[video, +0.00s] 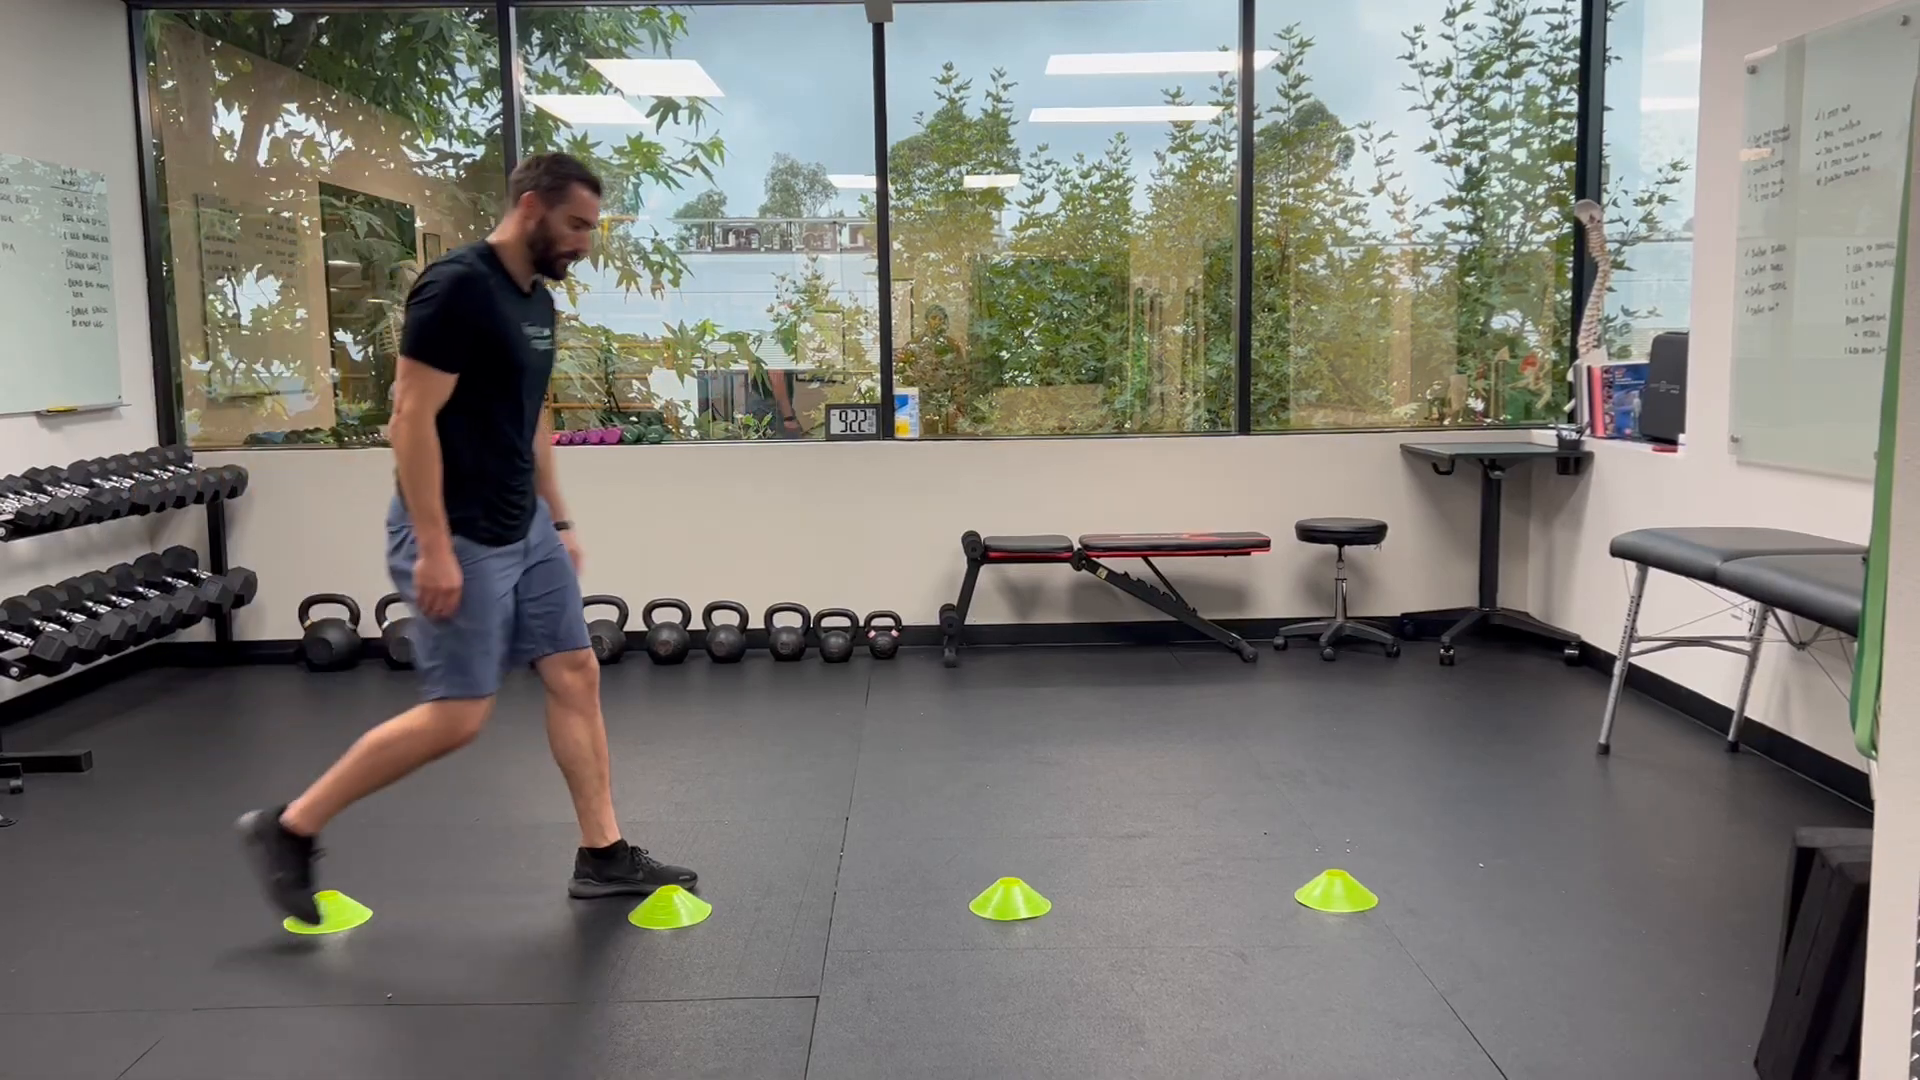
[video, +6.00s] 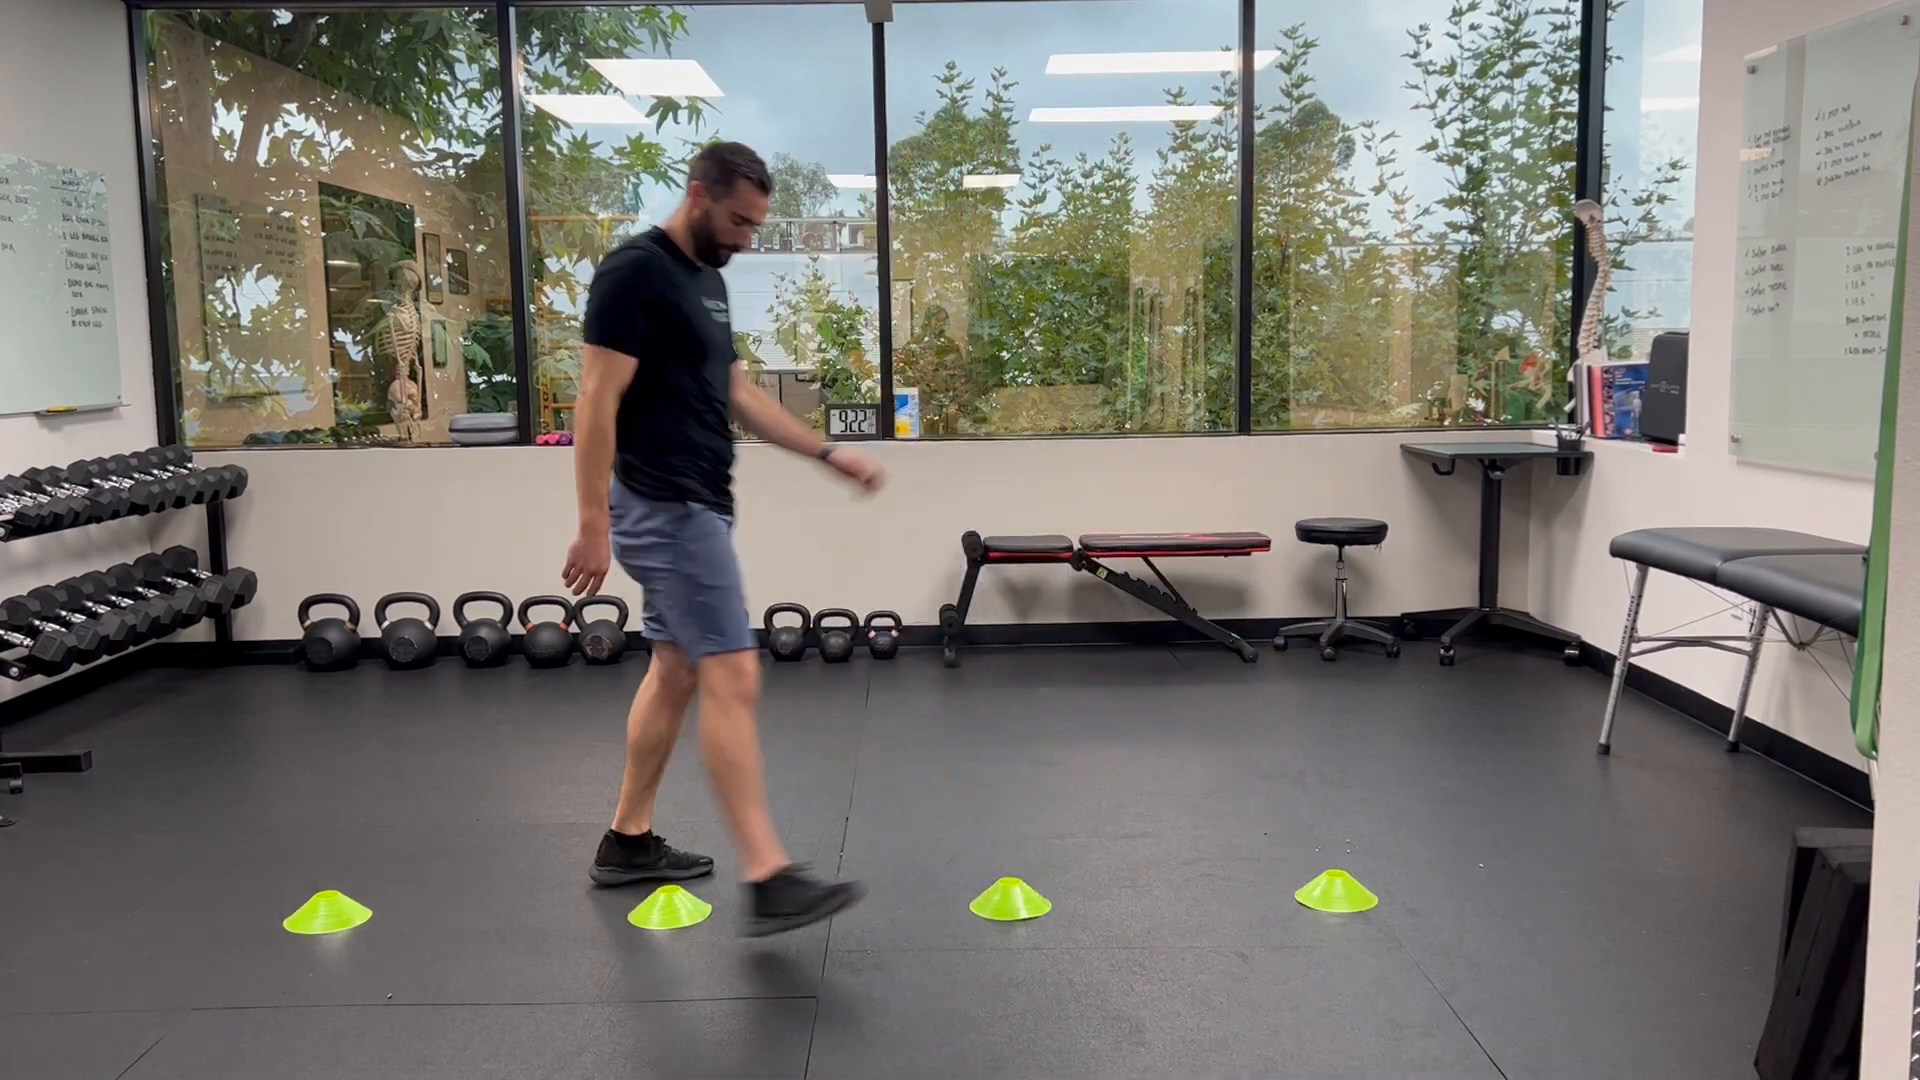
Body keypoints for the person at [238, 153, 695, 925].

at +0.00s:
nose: (585, 243)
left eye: (591, 229)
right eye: (578, 225)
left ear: (557, 218)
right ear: (530, 206)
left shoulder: (537, 299)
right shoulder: (456, 287)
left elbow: (531, 420)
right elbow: (410, 418)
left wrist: (557, 519)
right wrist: (434, 547)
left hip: (526, 534)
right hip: (457, 543)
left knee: (574, 672)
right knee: (457, 714)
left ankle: (603, 851)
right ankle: (289, 829)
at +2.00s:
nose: (964, 193)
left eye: (977, 182)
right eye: (952, 173)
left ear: (980, 194)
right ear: (913, 173)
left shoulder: (947, 277)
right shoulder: (875, 270)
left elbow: (972, 389)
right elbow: (859, 403)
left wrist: (1051, 457)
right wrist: (922, 514)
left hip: (929, 508)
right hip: (894, 513)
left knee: (941, 681)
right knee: (967, 684)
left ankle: (937, 851)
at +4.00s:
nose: (1298, 177)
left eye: (1308, 164)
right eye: (1283, 160)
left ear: (1314, 176)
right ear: (1242, 166)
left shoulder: (1273, 260)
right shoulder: (1228, 261)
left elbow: (1335, 364)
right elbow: (1234, 399)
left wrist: (1363, 283)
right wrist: (1293, 511)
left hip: (1277, 495)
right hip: (1267, 501)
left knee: (1273, 666)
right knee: (1300, 677)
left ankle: (1250, 840)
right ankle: (1272, 878)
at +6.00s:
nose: (744, 239)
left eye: (754, 226)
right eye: (737, 222)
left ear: (742, 214)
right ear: (697, 197)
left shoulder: (707, 281)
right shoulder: (633, 275)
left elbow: (736, 393)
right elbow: (596, 399)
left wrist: (826, 450)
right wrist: (592, 523)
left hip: (697, 508)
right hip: (662, 510)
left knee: (675, 671)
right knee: (733, 674)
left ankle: (628, 839)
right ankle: (769, 877)